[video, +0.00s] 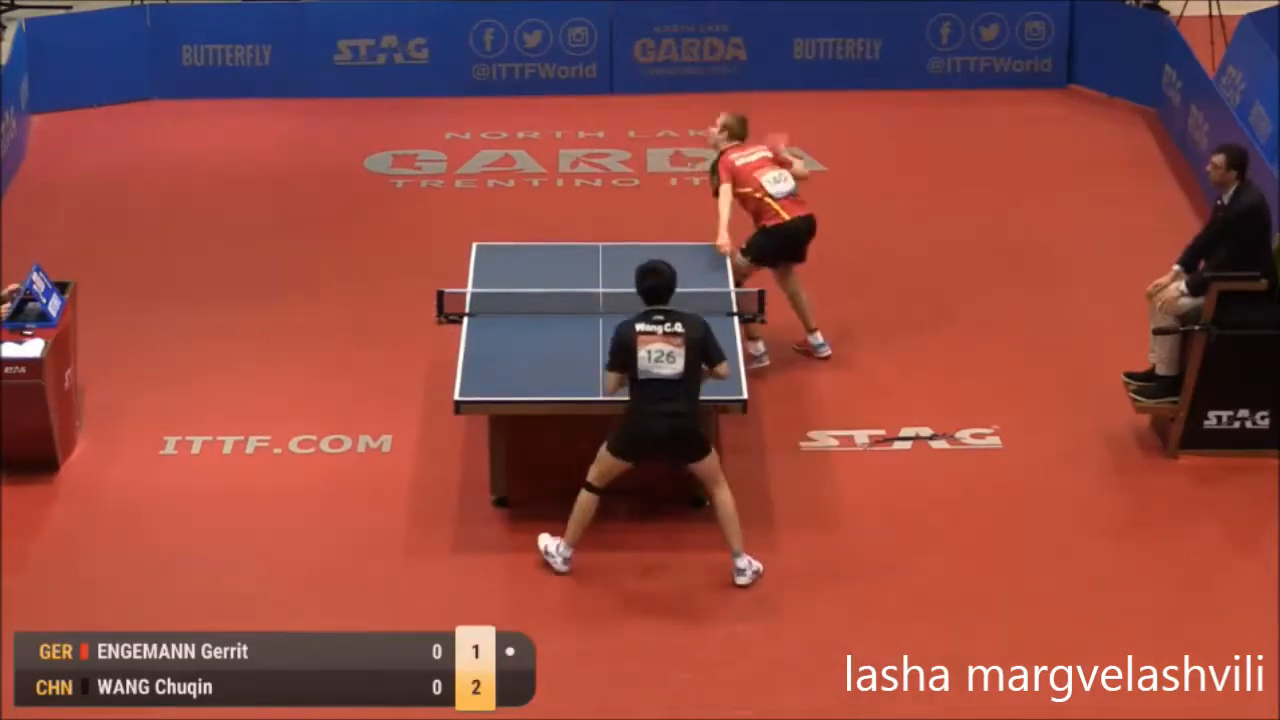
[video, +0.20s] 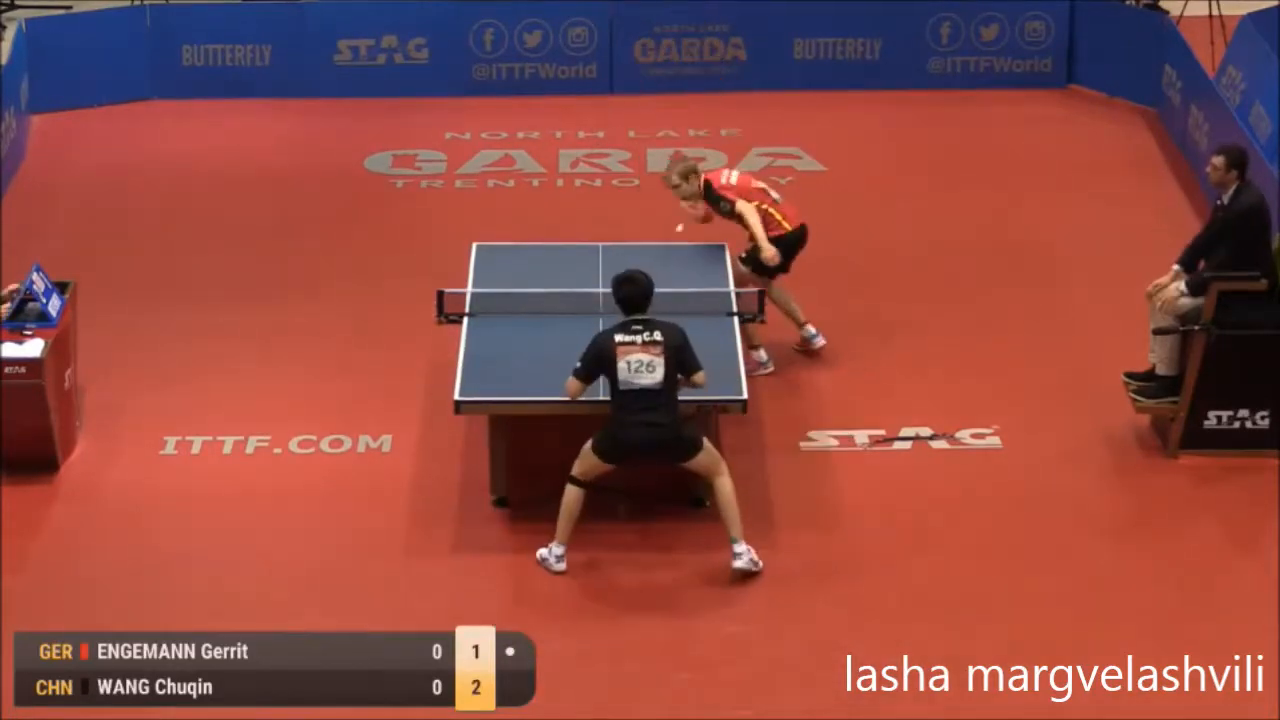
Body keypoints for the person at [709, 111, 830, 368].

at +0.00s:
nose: (710, 131)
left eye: (715, 127)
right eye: (713, 126)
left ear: (725, 135)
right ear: (740, 136)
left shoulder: (725, 160)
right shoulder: (763, 150)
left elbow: (726, 192)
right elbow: (801, 171)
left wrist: (723, 233)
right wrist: (785, 154)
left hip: (776, 228)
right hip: (804, 221)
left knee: (730, 280)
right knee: (785, 274)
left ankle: (755, 347)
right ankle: (816, 338)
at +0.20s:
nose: (676, 194)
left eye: (677, 187)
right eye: (673, 188)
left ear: (693, 179)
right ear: (695, 177)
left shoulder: (713, 192)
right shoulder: (715, 178)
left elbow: (747, 209)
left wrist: (764, 245)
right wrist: (708, 215)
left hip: (778, 237)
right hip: (795, 229)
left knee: (728, 284)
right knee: (763, 283)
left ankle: (758, 355)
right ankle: (809, 332)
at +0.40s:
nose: (669, 173)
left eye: (673, 166)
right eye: (665, 167)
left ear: (687, 160)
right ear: (663, 164)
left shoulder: (714, 174)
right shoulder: (682, 179)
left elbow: (764, 180)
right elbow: (664, 193)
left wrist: (789, 213)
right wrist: (647, 204)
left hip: (759, 217)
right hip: (728, 219)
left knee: (731, 282)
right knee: (693, 258)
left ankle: (758, 353)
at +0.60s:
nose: (664, 147)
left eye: (669, 141)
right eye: (661, 141)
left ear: (684, 137)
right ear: (658, 139)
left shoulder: (711, 147)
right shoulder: (662, 159)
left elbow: (749, 156)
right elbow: (648, 187)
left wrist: (754, 193)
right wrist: (637, 207)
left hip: (724, 212)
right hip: (688, 213)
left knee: (735, 270)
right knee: (660, 258)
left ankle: (767, 324)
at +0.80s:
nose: (660, 143)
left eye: (665, 137)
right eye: (656, 137)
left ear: (679, 135)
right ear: (652, 136)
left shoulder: (703, 150)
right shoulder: (652, 160)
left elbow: (730, 166)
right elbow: (633, 191)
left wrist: (716, 193)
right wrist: (623, 210)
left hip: (711, 211)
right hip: (674, 214)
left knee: (743, 262)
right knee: (643, 257)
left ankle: (771, 314)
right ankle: (643, 320)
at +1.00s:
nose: (660, 145)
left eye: (665, 139)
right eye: (656, 139)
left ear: (679, 136)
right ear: (653, 137)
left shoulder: (704, 155)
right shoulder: (656, 162)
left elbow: (738, 178)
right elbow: (641, 191)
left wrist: (711, 196)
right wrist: (627, 211)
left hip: (718, 212)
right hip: (681, 213)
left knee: (750, 268)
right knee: (651, 254)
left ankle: (789, 312)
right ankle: (651, 317)